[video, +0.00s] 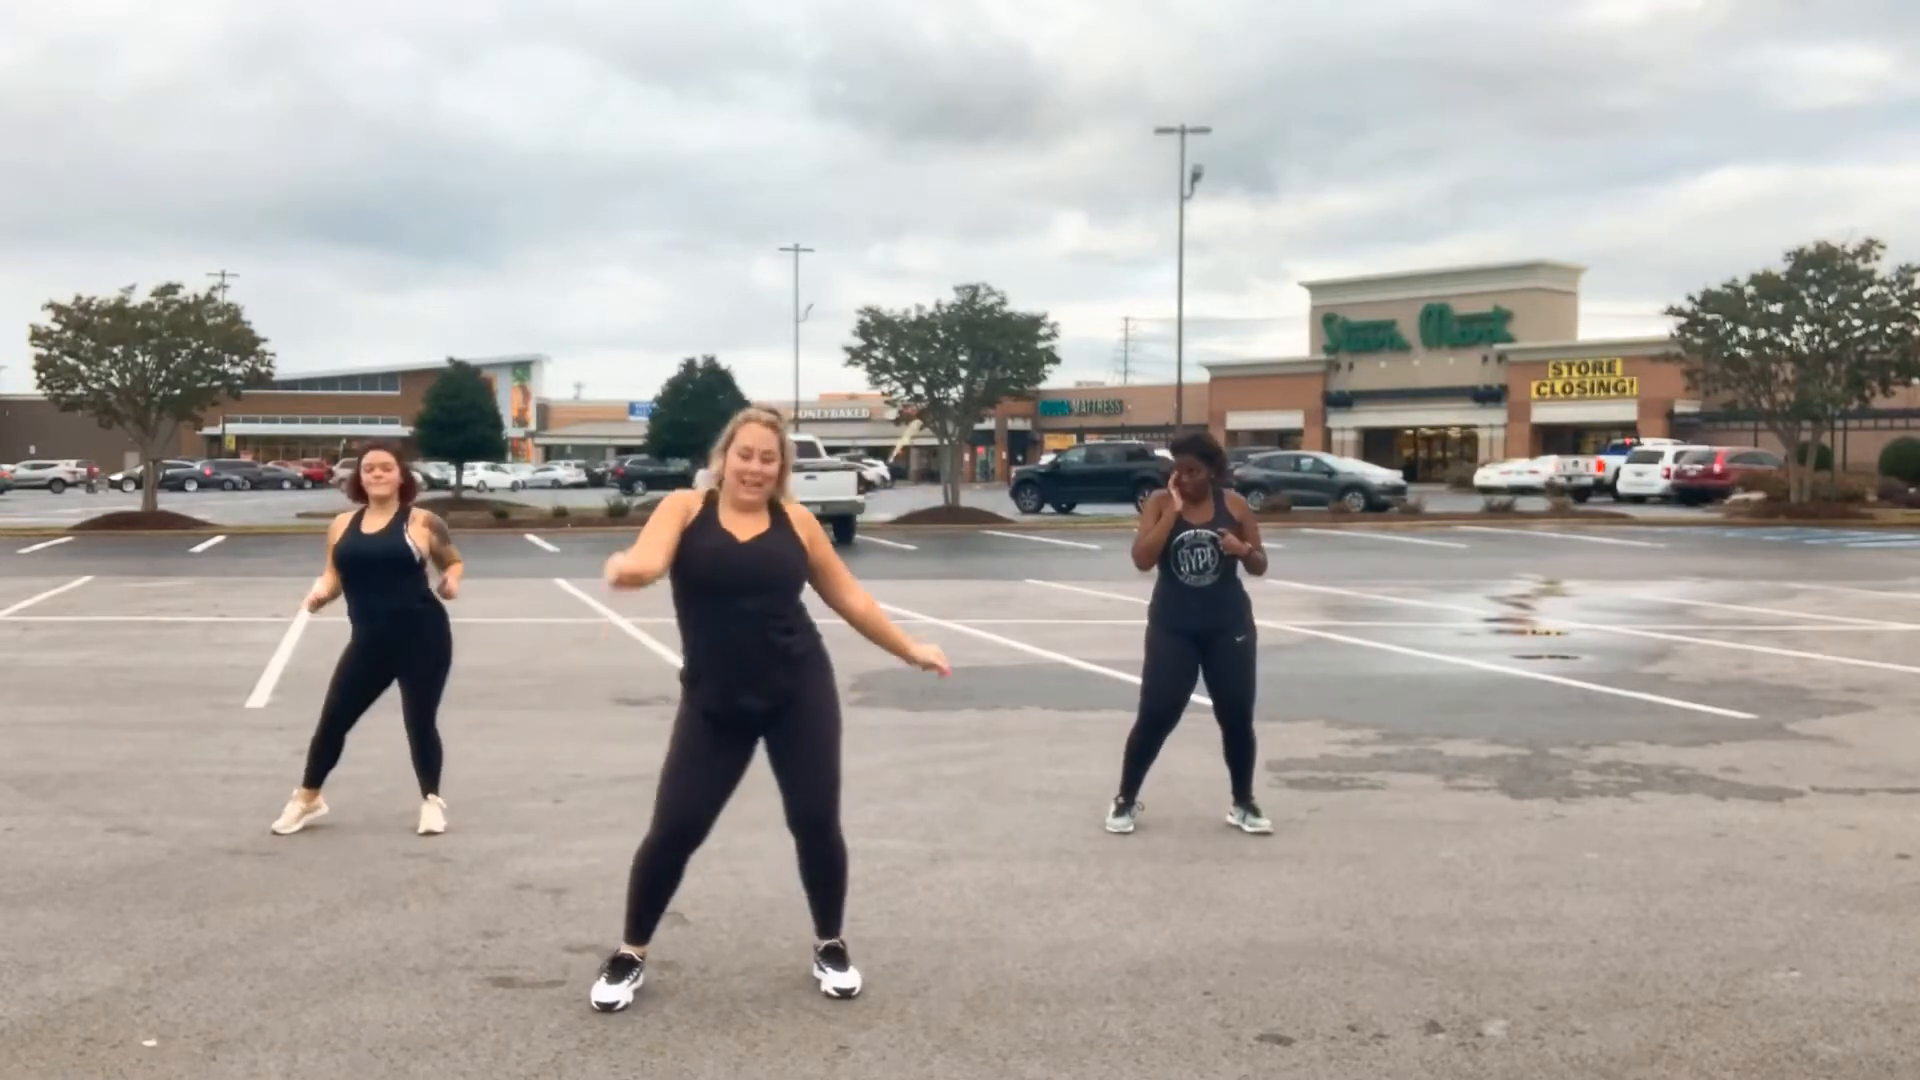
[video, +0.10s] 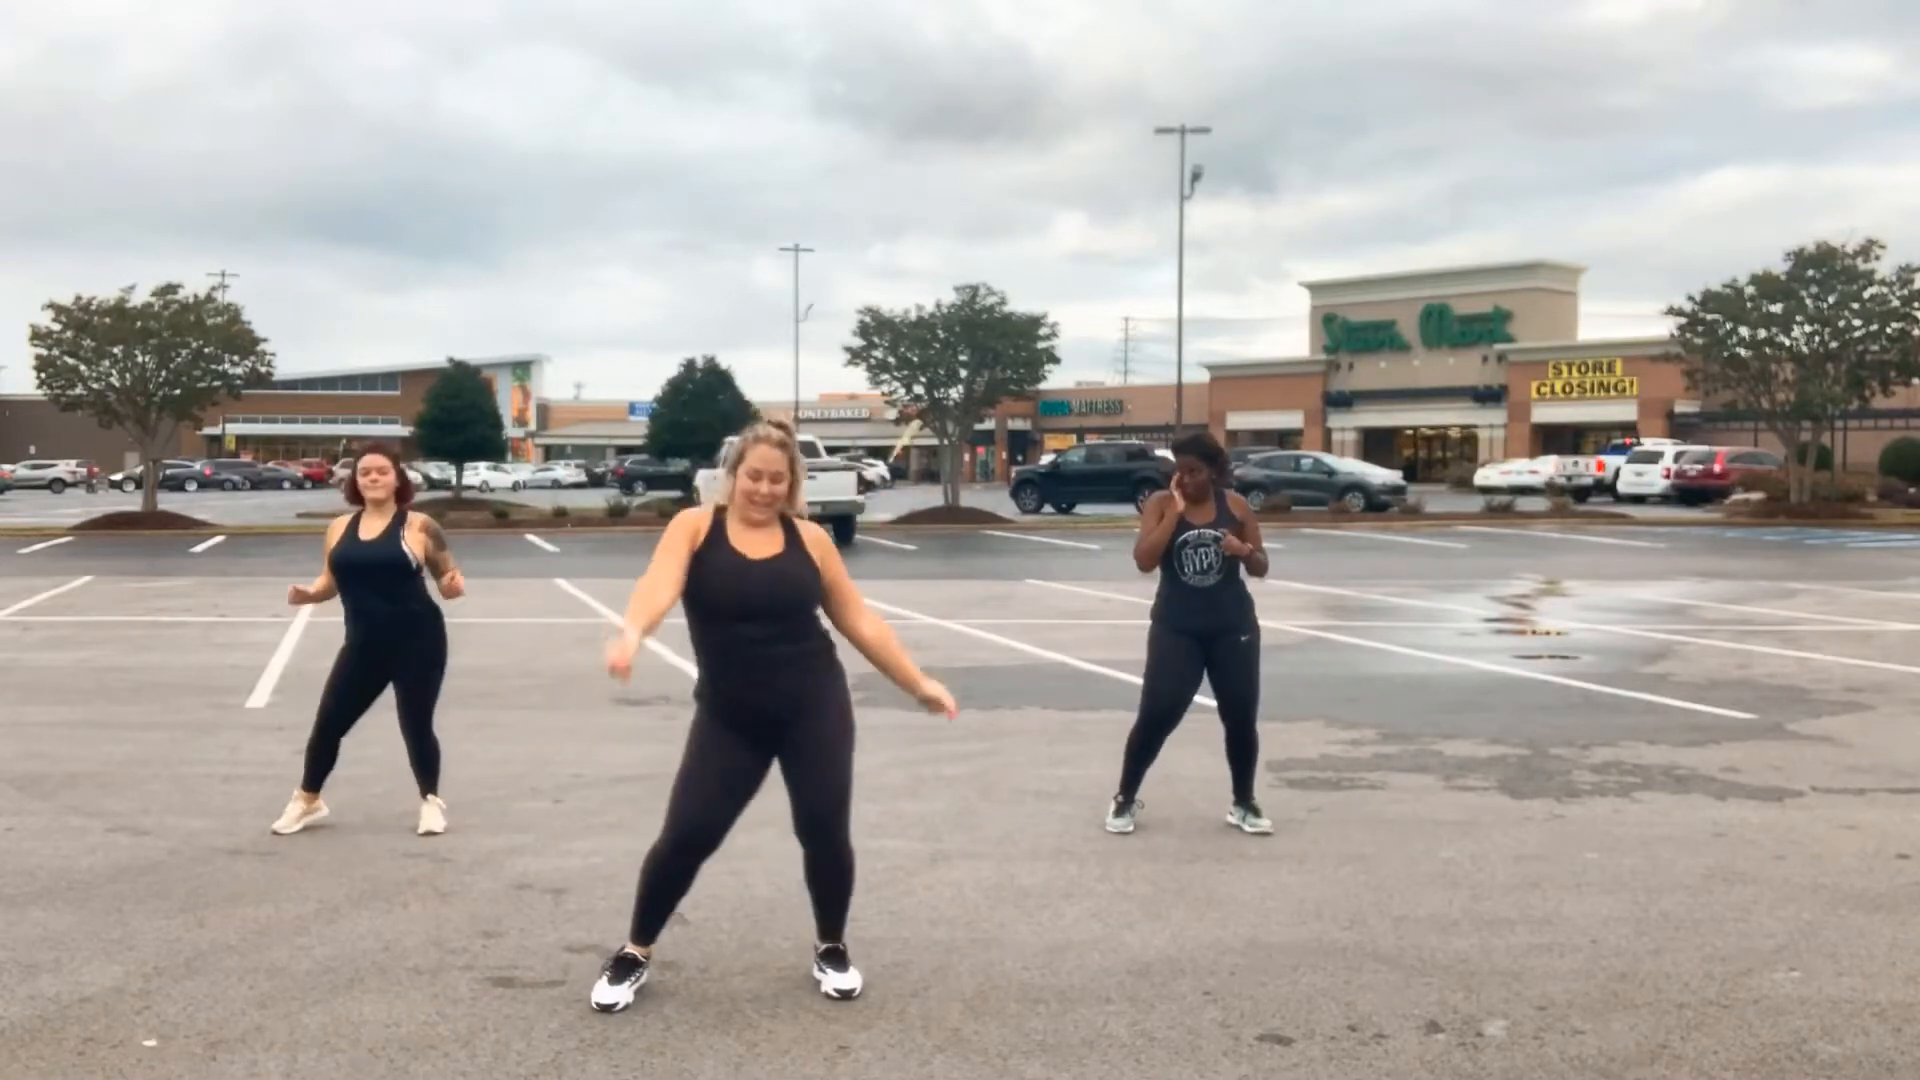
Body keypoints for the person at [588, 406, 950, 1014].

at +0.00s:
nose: (753, 466)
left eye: (766, 457)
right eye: (744, 453)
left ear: (782, 466)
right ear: (723, 457)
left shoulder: (796, 522)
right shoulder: (683, 508)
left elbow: (850, 597)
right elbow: (649, 559)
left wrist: (909, 648)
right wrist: (628, 570)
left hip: (799, 696)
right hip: (714, 701)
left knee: (817, 824)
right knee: (671, 835)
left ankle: (831, 947)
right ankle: (630, 953)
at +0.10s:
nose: (763, 487)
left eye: (776, 478)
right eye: (754, 475)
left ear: (790, 484)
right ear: (732, 474)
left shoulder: (810, 539)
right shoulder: (694, 527)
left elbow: (856, 620)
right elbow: (660, 584)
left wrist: (917, 683)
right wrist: (631, 633)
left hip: (815, 712)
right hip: (729, 716)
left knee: (826, 835)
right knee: (684, 840)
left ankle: (832, 950)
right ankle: (635, 952)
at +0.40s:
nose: (759, 470)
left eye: (771, 459)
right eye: (748, 458)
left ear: (789, 463)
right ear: (730, 463)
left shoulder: (818, 519)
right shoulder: (701, 526)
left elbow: (857, 597)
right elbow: (671, 615)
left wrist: (892, 628)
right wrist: (603, 668)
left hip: (790, 703)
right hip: (702, 699)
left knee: (807, 832)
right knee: (649, 821)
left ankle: (829, 951)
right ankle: (606, 942)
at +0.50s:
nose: (746, 458)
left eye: (757, 447)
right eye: (734, 447)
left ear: (776, 453)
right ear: (716, 454)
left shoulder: (806, 512)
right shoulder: (687, 517)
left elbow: (852, 583)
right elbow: (647, 597)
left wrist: (897, 580)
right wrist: (563, 612)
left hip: (769, 697)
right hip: (680, 694)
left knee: (793, 828)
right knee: (644, 823)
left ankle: (828, 948)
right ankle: (604, 948)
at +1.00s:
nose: (739, 463)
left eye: (751, 453)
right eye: (728, 452)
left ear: (768, 464)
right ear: (709, 464)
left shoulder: (797, 533)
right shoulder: (678, 528)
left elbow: (835, 621)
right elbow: (637, 623)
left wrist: (856, 585)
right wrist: (652, 595)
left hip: (780, 713)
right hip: (690, 711)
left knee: (808, 839)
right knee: (653, 835)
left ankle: (830, 952)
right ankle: (607, 955)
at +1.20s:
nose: (776, 438)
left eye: (788, 429)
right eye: (764, 429)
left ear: (805, 444)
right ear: (744, 444)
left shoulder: (832, 508)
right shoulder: (715, 507)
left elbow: (886, 584)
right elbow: (646, 558)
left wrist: (853, 527)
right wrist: (684, 616)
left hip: (814, 694)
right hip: (731, 691)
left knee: (820, 820)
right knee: (719, 819)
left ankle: (831, 947)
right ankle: (685, 938)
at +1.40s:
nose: (793, 460)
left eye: (804, 451)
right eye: (781, 451)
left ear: (822, 466)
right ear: (762, 468)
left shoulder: (850, 532)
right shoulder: (735, 533)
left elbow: (898, 611)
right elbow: (662, 582)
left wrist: (844, 553)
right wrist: (708, 644)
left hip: (834, 713)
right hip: (755, 712)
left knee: (836, 832)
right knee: (774, 834)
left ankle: (833, 949)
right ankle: (756, 951)